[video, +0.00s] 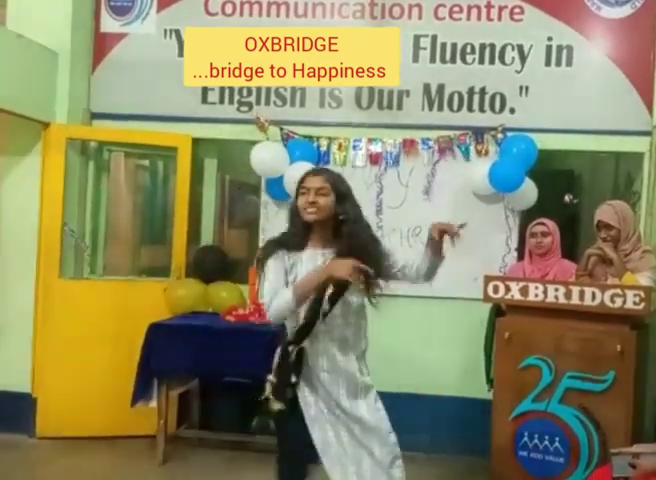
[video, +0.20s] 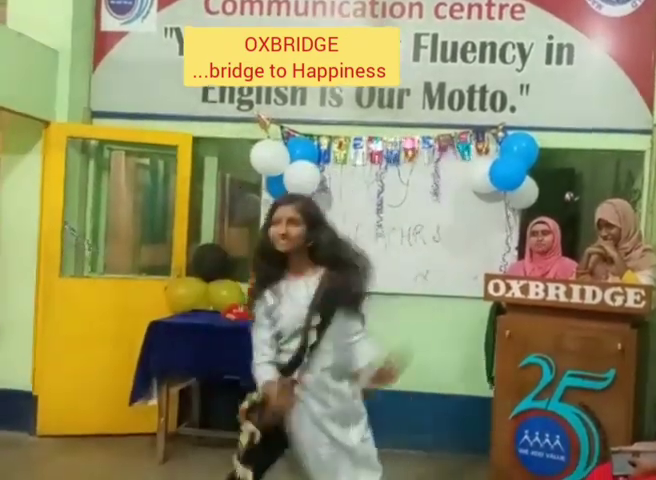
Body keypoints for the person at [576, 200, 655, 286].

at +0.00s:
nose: (602, 235)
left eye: (609, 228)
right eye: (599, 228)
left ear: (625, 227)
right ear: (595, 229)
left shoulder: (646, 259)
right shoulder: (593, 256)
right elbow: (576, 287)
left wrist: (615, 258)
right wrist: (585, 260)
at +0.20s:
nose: (603, 234)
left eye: (610, 226)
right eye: (600, 227)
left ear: (626, 226)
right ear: (596, 228)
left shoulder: (647, 257)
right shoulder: (594, 255)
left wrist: (616, 256)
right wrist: (585, 261)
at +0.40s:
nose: (604, 231)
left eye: (611, 224)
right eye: (600, 224)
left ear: (627, 223)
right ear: (597, 226)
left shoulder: (647, 254)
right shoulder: (595, 253)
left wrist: (617, 254)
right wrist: (587, 256)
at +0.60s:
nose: (604, 227)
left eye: (611, 220)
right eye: (601, 220)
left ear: (628, 219)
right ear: (597, 222)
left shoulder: (648, 251)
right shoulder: (595, 249)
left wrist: (617, 250)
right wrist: (587, 252)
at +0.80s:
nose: (605, 223)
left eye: (612, 215)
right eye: (602, 216)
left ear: (629, 215)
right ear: (598, 217)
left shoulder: (649, 246)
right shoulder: (596, 245)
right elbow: (580, 275)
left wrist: (618, 246)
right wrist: (588, 247)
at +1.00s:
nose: (605, 219)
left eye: (612, 211)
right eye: (602, 212)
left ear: (629, 211)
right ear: (599, 213)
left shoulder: (649, 243)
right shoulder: (596, 241)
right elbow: (580, 271)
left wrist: (618, 242)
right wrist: (588, 242)